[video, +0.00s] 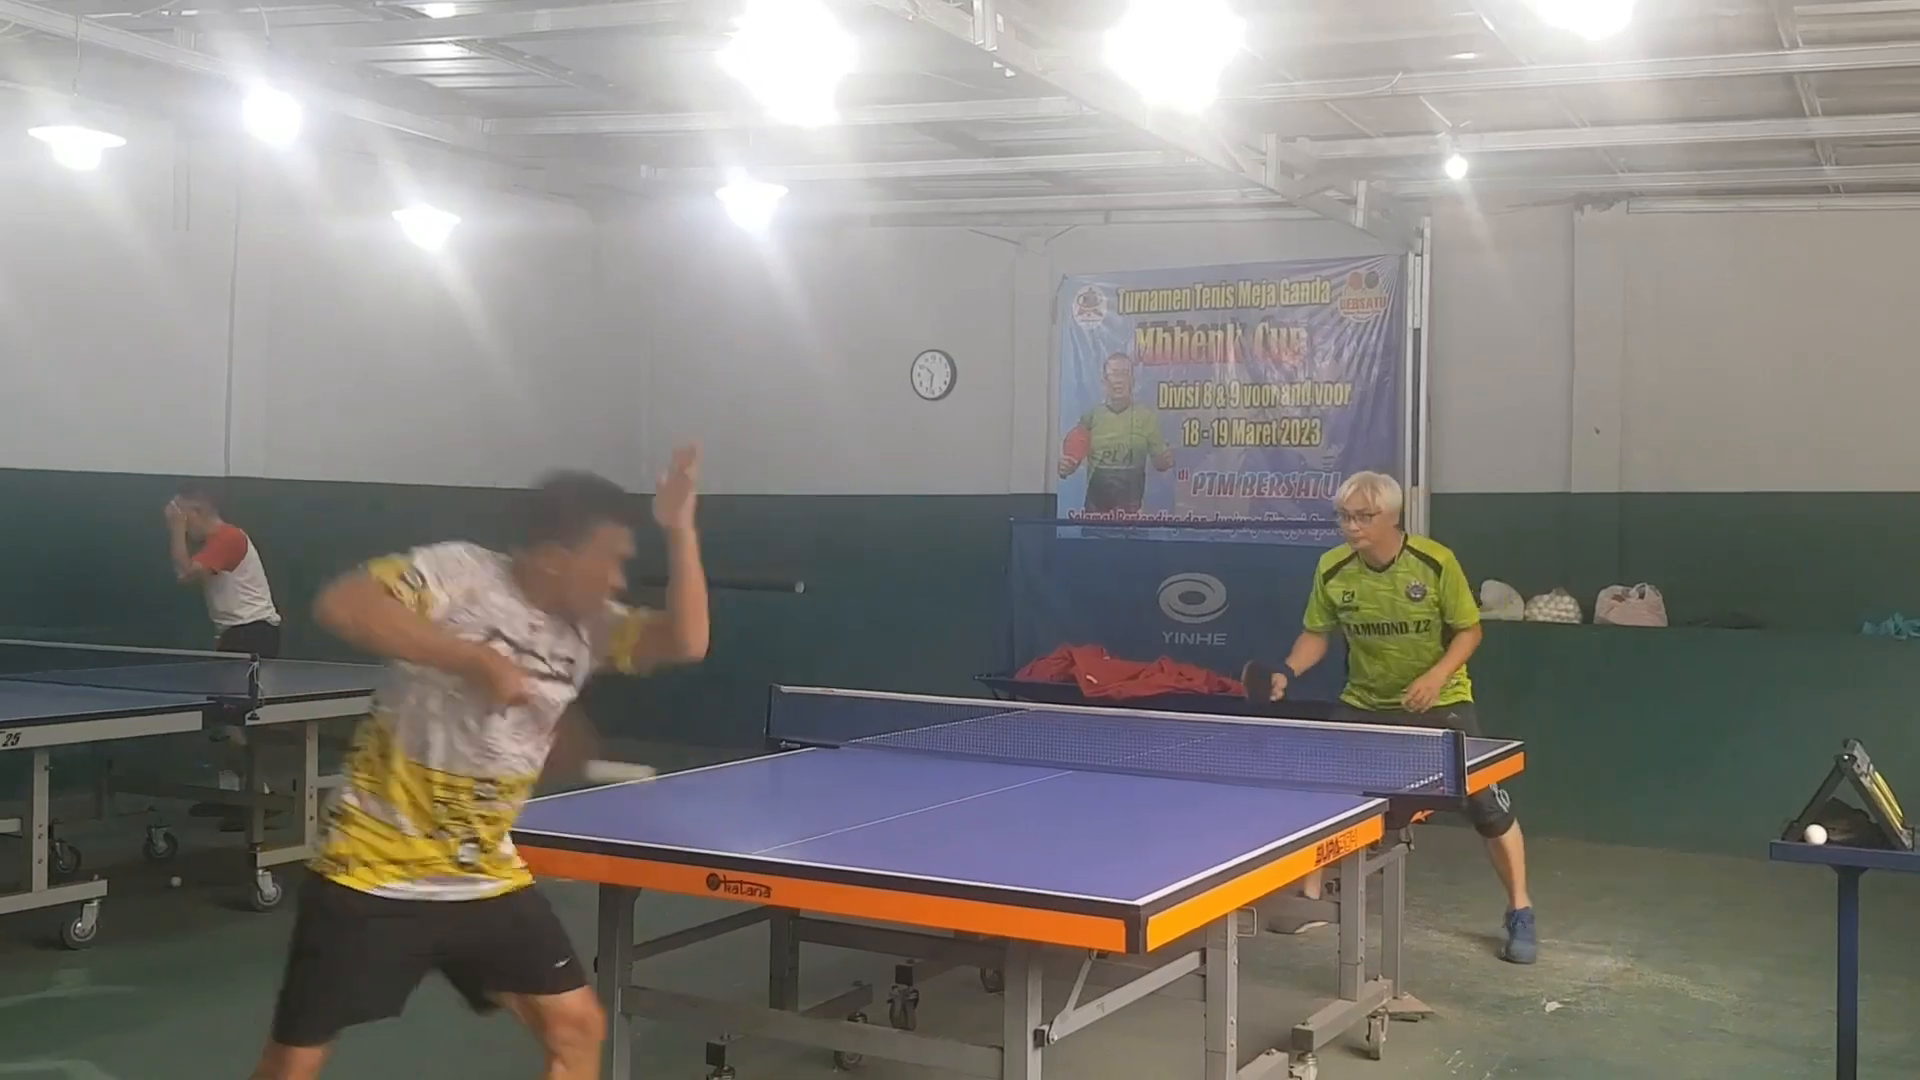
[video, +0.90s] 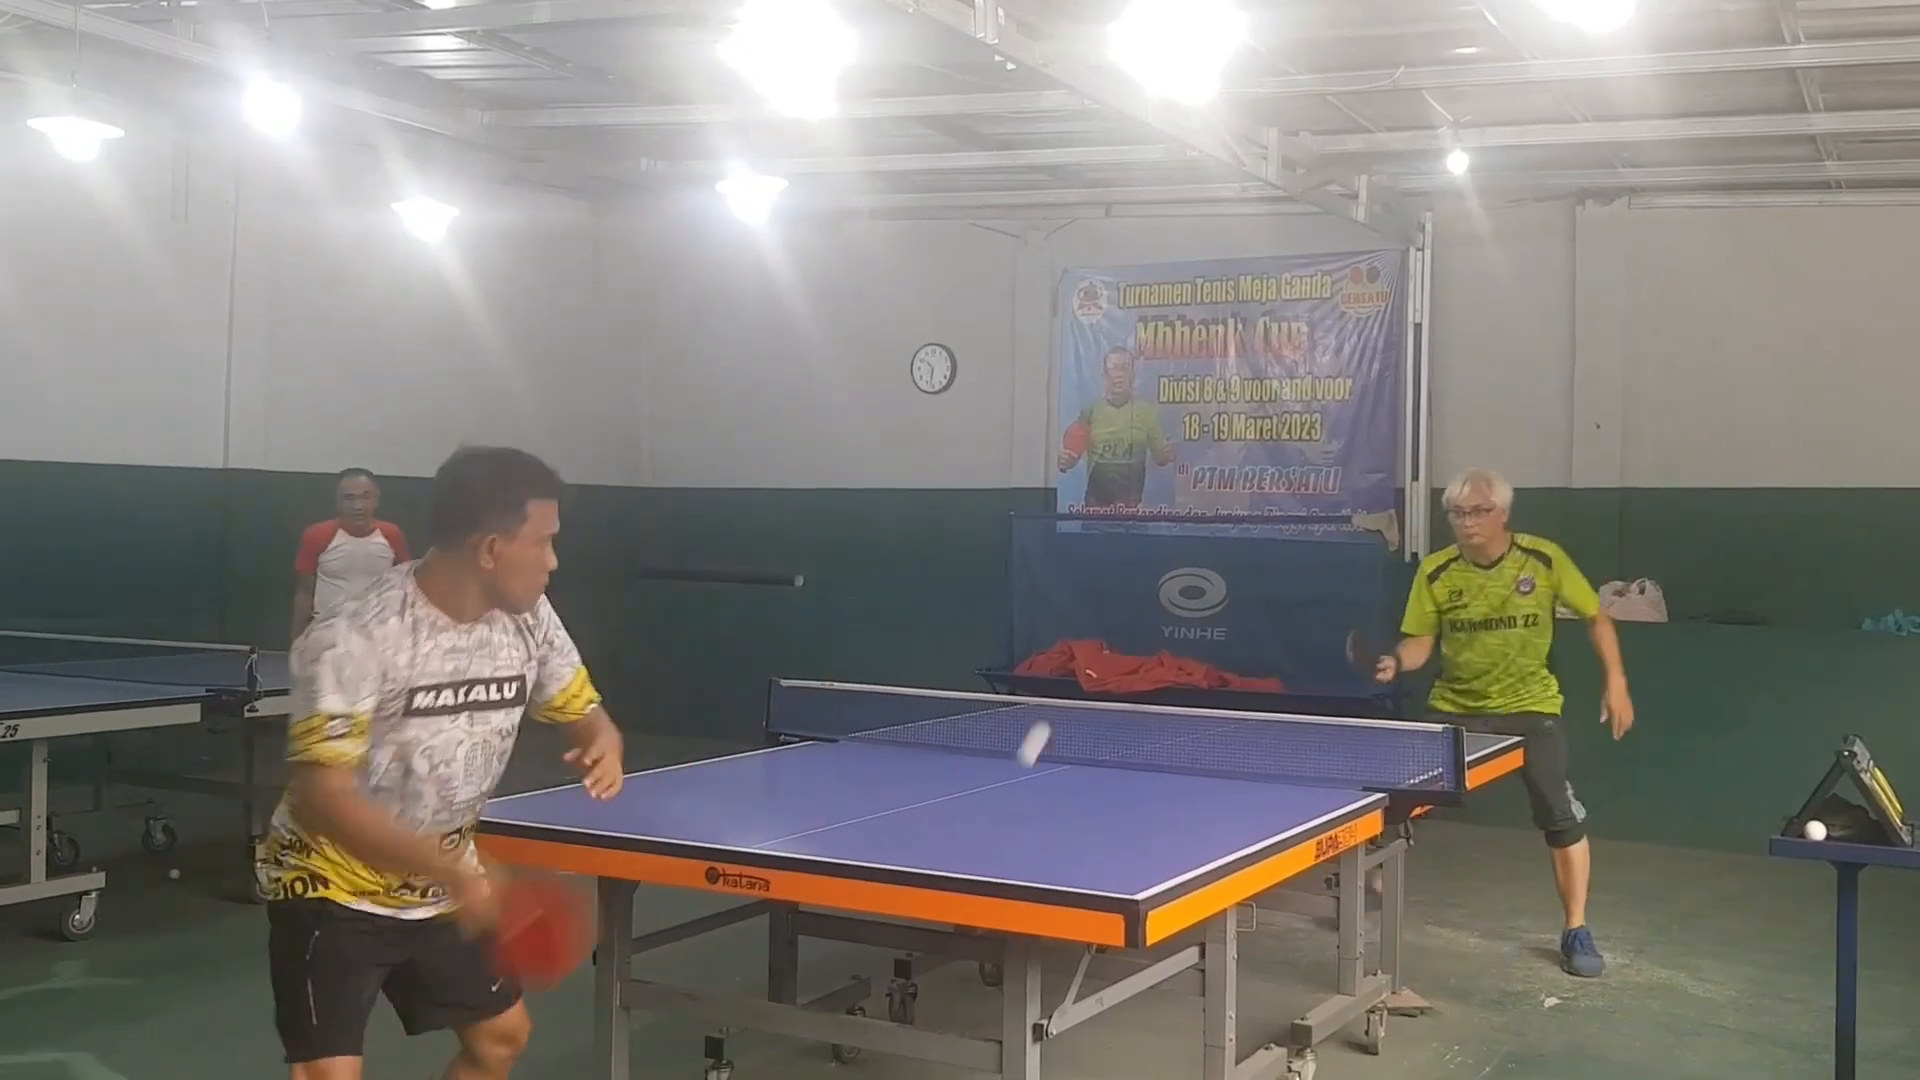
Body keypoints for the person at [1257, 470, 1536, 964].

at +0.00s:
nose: (1348, 527)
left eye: (1359, 517)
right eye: (1343, 517)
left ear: (1390, 518)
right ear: (1341, 519)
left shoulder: (1436, 562)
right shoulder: (1332, 569)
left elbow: (1469, 630)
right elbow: (1315, 635)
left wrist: (1437, 676)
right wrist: (1288, 670)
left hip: (1440, 701)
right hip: (1363, 702)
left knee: (1487, 801)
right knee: (1313, 781)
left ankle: (1520, 909)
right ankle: (1310, 896)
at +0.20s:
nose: (1379, 530)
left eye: (1389, 519)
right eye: (1372, 521)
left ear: (1419, 518)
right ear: (1366, 525)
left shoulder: (1468, 562)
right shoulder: (1365, 573)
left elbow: (1506, 634)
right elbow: (1361, 647)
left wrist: (1468, 667)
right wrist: (1332, 671)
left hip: (1472, 716)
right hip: (1393, 716)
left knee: (1517, 811)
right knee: (1330, 787)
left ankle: (1568, 925)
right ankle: (1314, 896)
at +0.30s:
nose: (1427, 531)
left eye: (1438, 520)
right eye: (1420, 521)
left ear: (1467, 516)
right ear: (1414, 522)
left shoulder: (1517, 554)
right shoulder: (1406, 573)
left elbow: (1556, 625)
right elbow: (1424, 648)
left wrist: (1522, 652)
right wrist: (1413, 670)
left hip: (1511, 710)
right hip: (1433, 710)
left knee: (1544, 824)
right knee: (1366, 793)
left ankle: (1577, 931)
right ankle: (1323, 887)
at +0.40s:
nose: (1458, 517)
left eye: (1469, 507)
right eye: (1450, 508)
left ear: (1497, 504)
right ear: (1443, 508)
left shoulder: (1543, 537)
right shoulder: (1438, 561)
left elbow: (1590, 593)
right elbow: (1474, 621)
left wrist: (1578, 619)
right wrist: (1481, 653)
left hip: (1541, 702)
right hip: (1473, 704)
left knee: (1570, 820)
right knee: (1403, 787)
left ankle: (1579, 929)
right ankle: (1373, 888)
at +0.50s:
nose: (1471, 510)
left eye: (1483, 499)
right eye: (1461, 500)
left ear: (1510, 497)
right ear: (1453, 501)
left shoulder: (1545, 525)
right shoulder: (1447, 552)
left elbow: (1594, 569)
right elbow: (1483, 600)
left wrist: (1601, 588)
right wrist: (1499, 637)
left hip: (1549, 699)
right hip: (1481, 701)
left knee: (1577, 810)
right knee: (1456, 795)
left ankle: (1579, 927)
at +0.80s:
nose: (1481, 505)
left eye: (1493, 494)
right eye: (1472, 495)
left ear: (1519, 496)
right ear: (1462, 499)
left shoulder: (1556, 539)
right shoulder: (1444, 557)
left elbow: (1611, 588)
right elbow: (1440, 631)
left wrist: (1617, 621)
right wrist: (1429, 649)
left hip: (1539, 691)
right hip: (1465, 692)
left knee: (1561, 805)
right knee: (1455, 796)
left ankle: (1576, 929)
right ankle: (1454, 921)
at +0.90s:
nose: (1467, 522)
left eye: (1478, 511)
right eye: (1458, 513)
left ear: (1504, 514)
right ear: (1450, 517)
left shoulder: (1544, 559)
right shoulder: (1434, 570)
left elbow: (1596, 617)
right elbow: (1418, 641)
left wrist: (1616, 684)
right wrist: (1397, 659)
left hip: (1529, 700)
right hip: (1454, 700)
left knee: (1556, 806)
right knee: (1395, 788)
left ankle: (1576, 929)